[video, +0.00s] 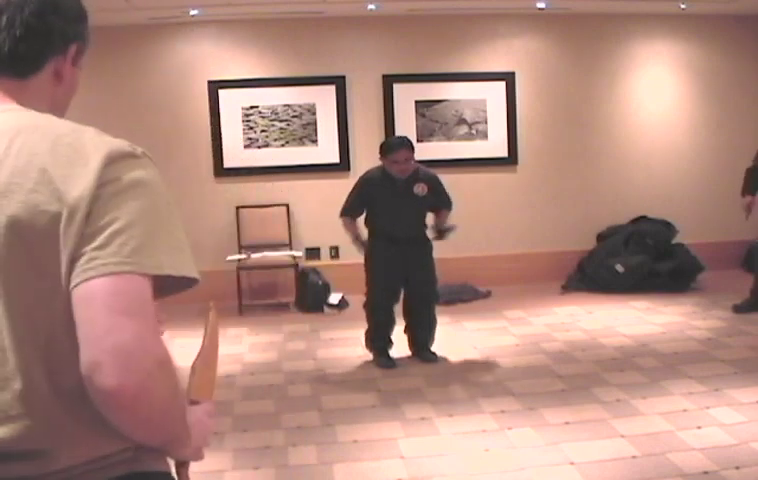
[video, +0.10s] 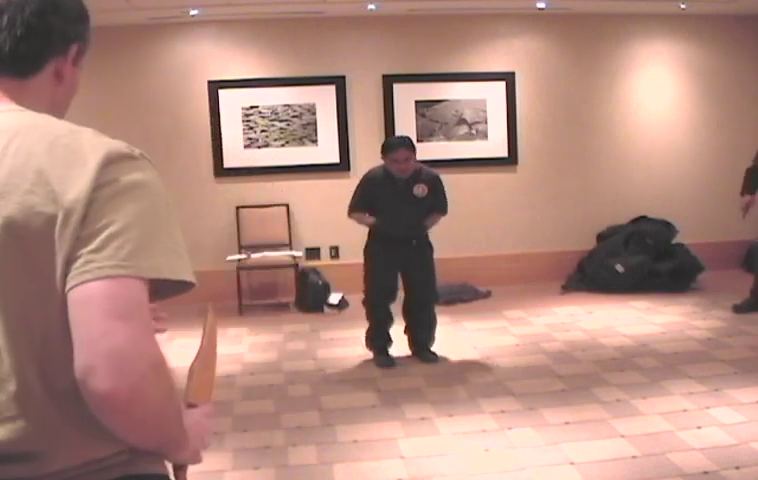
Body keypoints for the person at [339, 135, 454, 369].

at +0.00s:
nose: (403, 167)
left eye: (407, 161)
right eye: (396, 162)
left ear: (414, 157)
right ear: (384, 162)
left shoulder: (427, 179)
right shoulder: (371, 180)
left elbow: (443, 206)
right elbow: (347, 215)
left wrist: (439, 227)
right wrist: (358, 241)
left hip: (417, 248)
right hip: (381, 248)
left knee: (423, 297)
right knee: (380, 300)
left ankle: (421, 346)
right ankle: (379, 349)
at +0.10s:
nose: (403, 166)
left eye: (407, 160)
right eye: (396, 162)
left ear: (415, 157)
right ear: (385, 161)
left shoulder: (430, 179)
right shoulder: (373, 179)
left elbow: (439, 210)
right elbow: (354, 212)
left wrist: (418, 228)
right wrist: (379, 224)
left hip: (416, 244)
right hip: (381, 245)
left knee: (422, 296)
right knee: (378, 297)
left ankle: (421, 345)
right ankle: (379, 348)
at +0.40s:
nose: (391, 164)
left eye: (396, 158)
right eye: (385, 159)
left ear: (404, 157)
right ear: (375, 160)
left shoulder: (418, 179)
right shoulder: (363, 179)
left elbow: (436, 207)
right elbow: (347, 212)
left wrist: (419, 226)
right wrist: (376, 215)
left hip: (409, 246)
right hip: (374, 248)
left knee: (418, 297)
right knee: (373, 297)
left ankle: (421, 345)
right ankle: (374, 342)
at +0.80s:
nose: (388, 170)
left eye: (393, 164)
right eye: (382, 165)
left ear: (400, 163)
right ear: (370, 165)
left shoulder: (410, 185)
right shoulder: (356, 183)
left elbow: (419, 220)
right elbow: (336, 215)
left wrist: (397, 230)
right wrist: (352, 222)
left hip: (399, 252)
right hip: (364, 253)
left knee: (411, 300)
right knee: (365, 302)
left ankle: (426, 350)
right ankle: (374, 342)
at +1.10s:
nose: (398, 170)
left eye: (405, 165)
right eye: (394, 164)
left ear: (417, 165)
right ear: (387, 163)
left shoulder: (424, 192)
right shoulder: (372, 180)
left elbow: (429, 229)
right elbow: (348, 207)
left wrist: (426, 229)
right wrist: (359, 224)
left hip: (406, 251)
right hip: (372, 251)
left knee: (416, 303)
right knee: (367, 299)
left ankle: (423, 355)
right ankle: (373, 341)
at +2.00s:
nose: (410, 169)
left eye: (416, 163)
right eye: (405, 164)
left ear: (427, 163)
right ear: (396, 164)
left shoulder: (436, 188)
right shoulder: (382, 181)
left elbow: (445, 234)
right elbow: (359, 215)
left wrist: (444, 271)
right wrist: (359, 245)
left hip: (419, 251)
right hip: (382, 250)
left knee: (424, 305)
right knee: (370, 301)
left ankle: (423, 358)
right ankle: (373, 340)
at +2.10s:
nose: (406, 166)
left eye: (411, 161)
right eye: (399, 162)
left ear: (421, 162)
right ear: (390, 163)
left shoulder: (431, 186)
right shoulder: (377, 182)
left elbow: (447, 228)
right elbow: (354, 216)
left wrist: (455, 261)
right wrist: (349, 247)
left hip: (415, 251)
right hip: (379, 251)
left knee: (424, 304)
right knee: (371, 300)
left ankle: (423, 357)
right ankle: (374, 339)